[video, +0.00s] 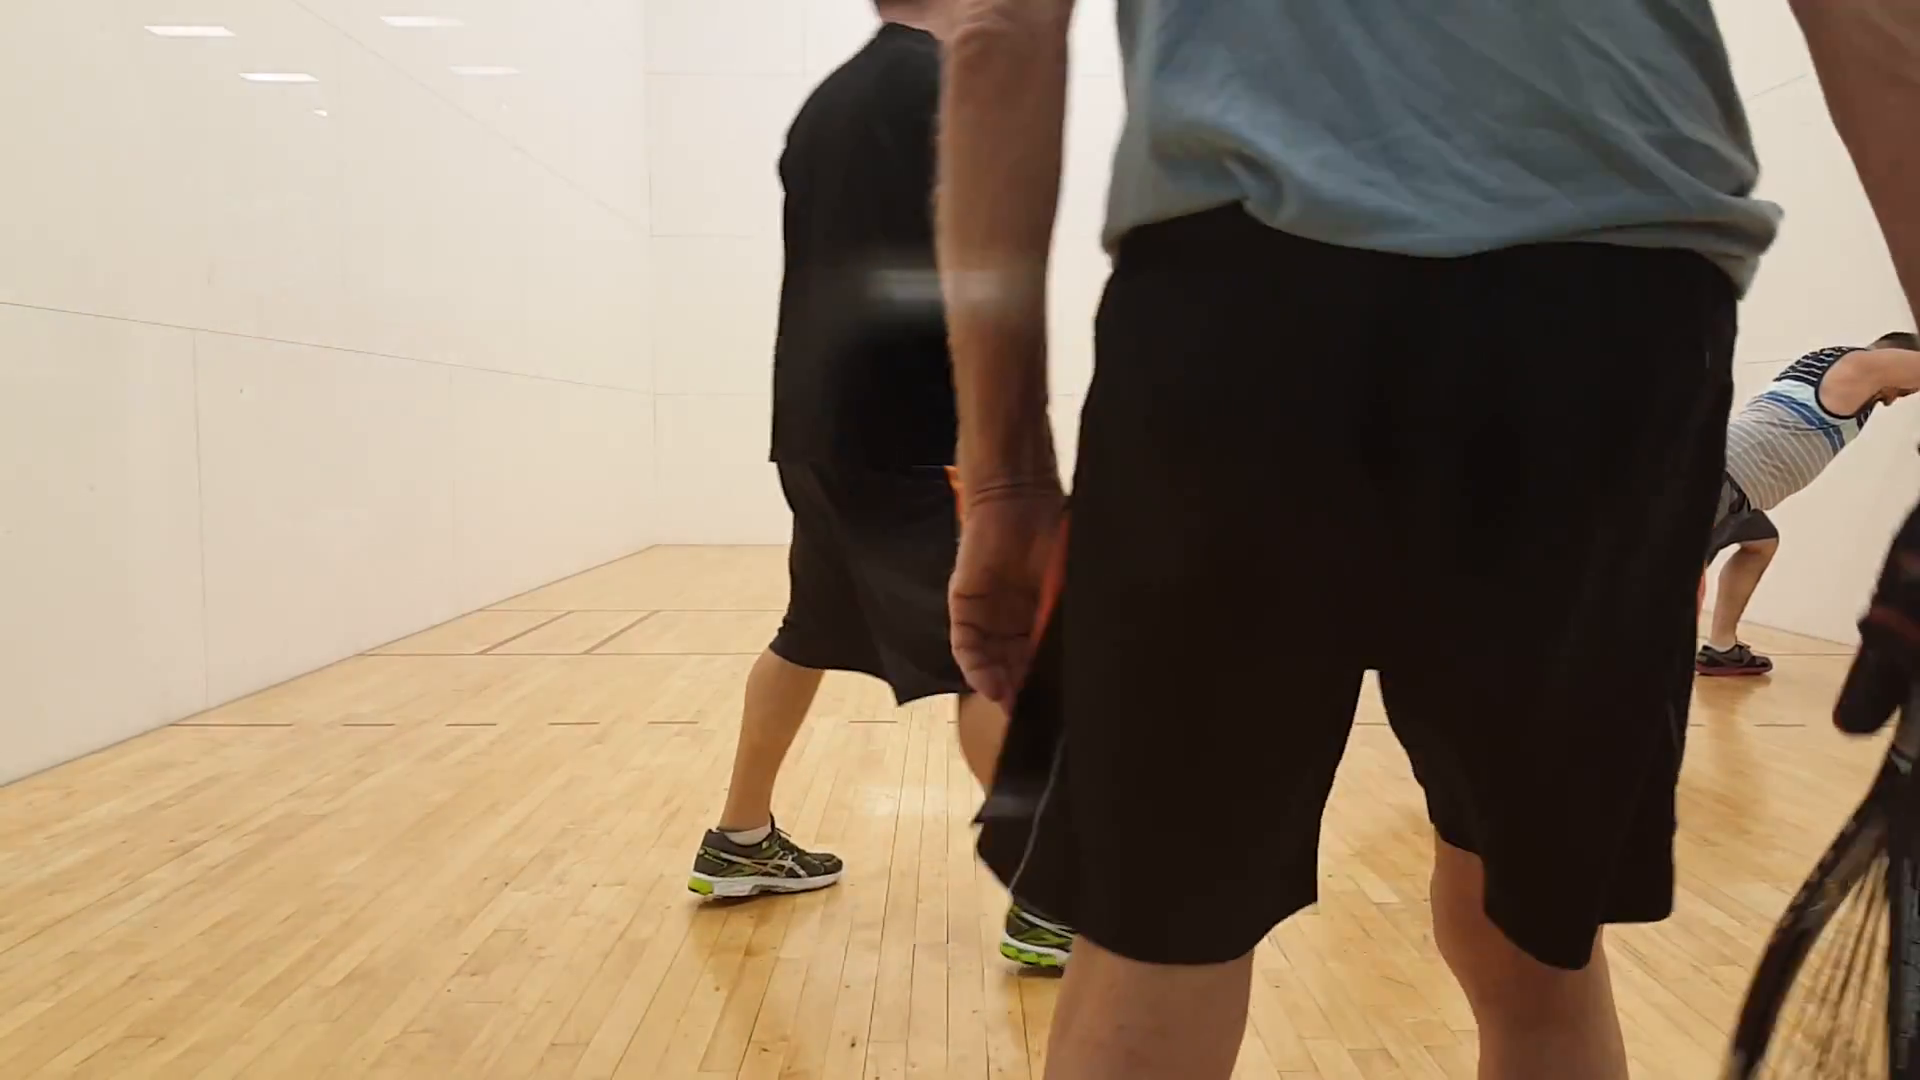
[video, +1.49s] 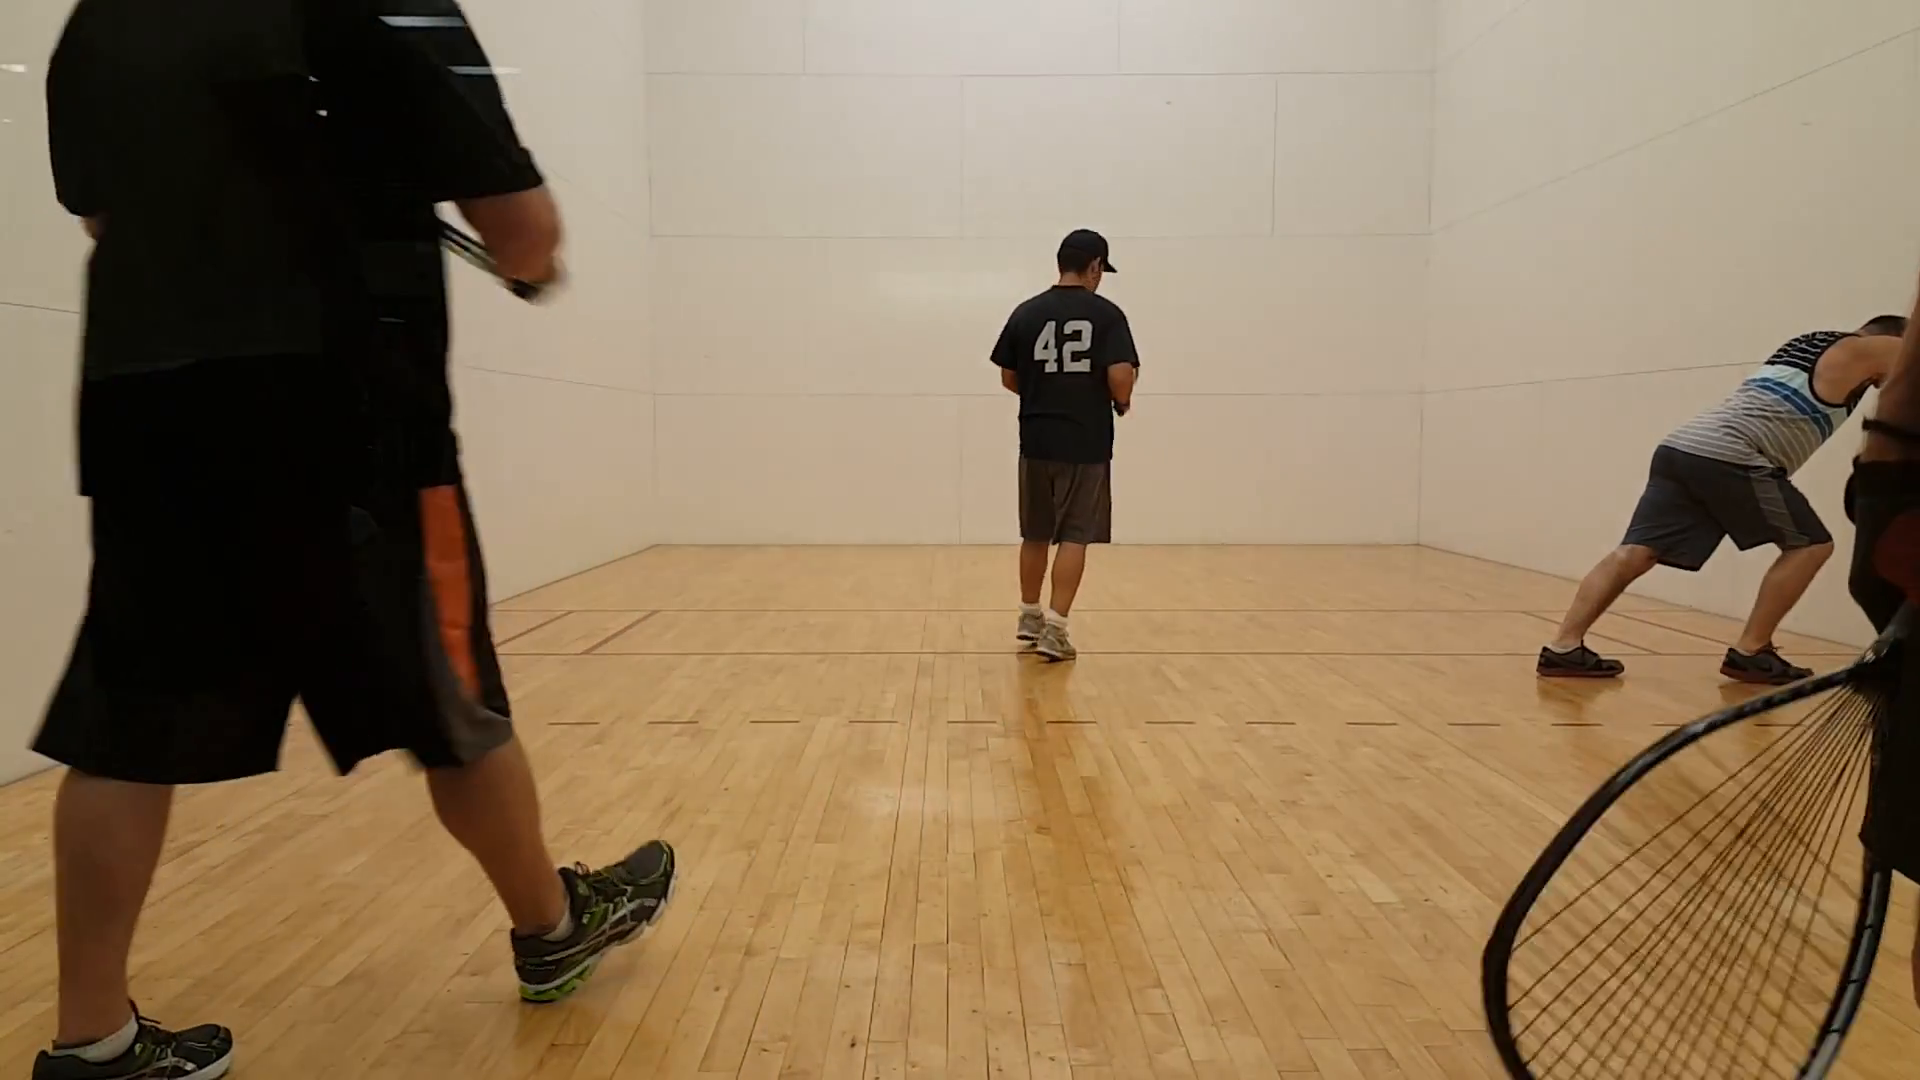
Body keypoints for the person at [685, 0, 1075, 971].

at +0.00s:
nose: (1001, 17)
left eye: (999, 13)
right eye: (993, 9)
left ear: (886, 2)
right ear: (954, 6)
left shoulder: (830, 99)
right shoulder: (959, 92)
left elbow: (810, 272)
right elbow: (980, 282)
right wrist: (988, 442)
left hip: (815, 433)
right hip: (915, 438)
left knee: (810, 623)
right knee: (987, 655)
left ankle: (740, 832)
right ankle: (1045, 895)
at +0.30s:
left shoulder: (693, 93)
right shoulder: (822, 61)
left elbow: (722, 268)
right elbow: (858, 242)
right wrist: (931, 379)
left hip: (740, 412)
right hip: (837, 409)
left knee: (753, 615)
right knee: (915, 615)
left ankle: (728, 840)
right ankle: (801, 833)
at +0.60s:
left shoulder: (578, 72)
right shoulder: (755, 53)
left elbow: (544, 258)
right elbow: (794, 242)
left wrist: (586, 387)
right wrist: (863, 384)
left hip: (635, 414)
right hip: (755, 411)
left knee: (695, 633)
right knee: (791, 639)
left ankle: (726, 839)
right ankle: (656, 867)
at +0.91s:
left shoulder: (467, 16)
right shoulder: (676, 13)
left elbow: (372, 164)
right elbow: (699, 170)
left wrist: (296, 319)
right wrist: (770, 354)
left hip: (507, 386)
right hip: (641, 391)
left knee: (577, 645)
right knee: (612, 668)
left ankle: (604, 853)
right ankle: (580, 934)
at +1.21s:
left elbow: (179, 75)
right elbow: (526, 64)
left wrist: (56, 221)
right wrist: (640, 261)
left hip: (363, 364)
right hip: (524, 371)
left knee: (340, 636)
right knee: (564, 641)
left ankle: (215, 899)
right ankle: (583, 925)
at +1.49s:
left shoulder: (112, 14)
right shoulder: (389, 2)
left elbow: (80, 153)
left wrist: (155, 231)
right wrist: (517, 220)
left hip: (149, 378)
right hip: (345, 373)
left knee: (125, 707)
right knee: (437, 664)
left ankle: (91, 1034)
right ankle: (550, 919)